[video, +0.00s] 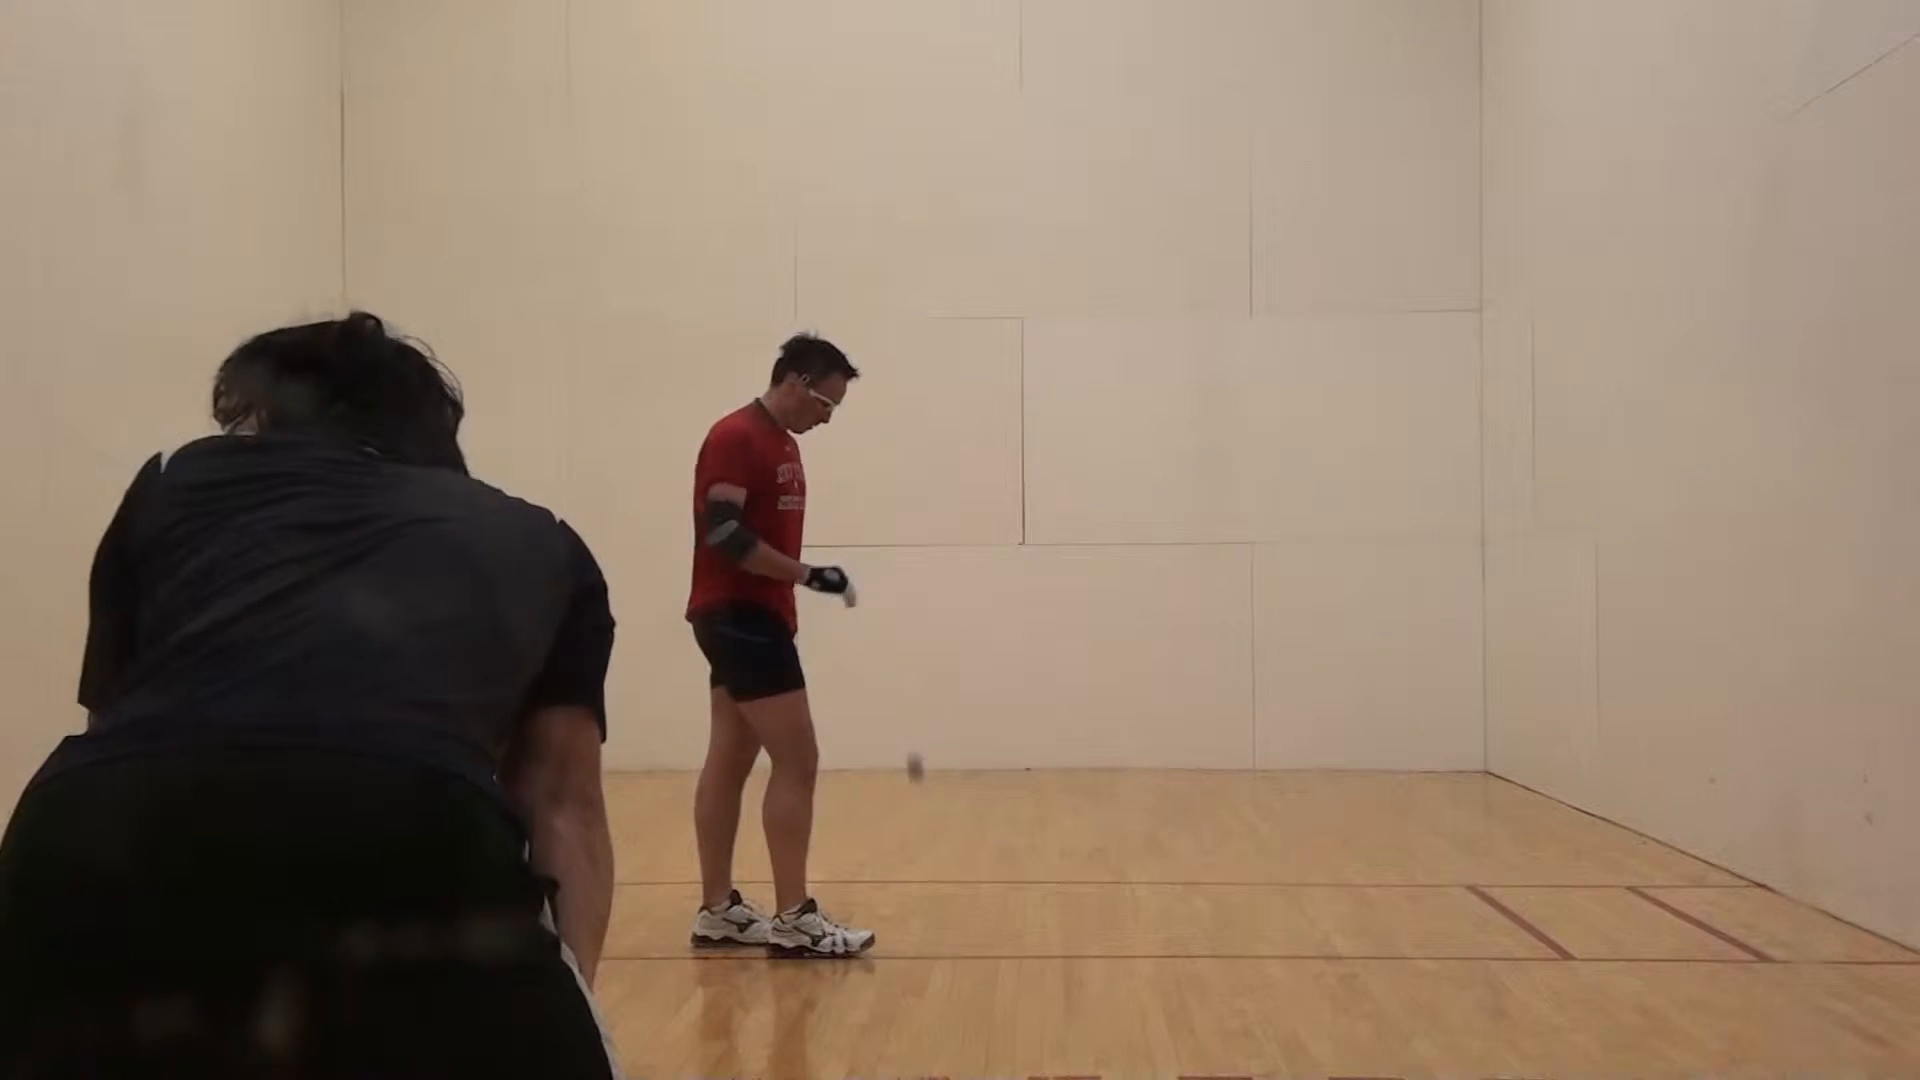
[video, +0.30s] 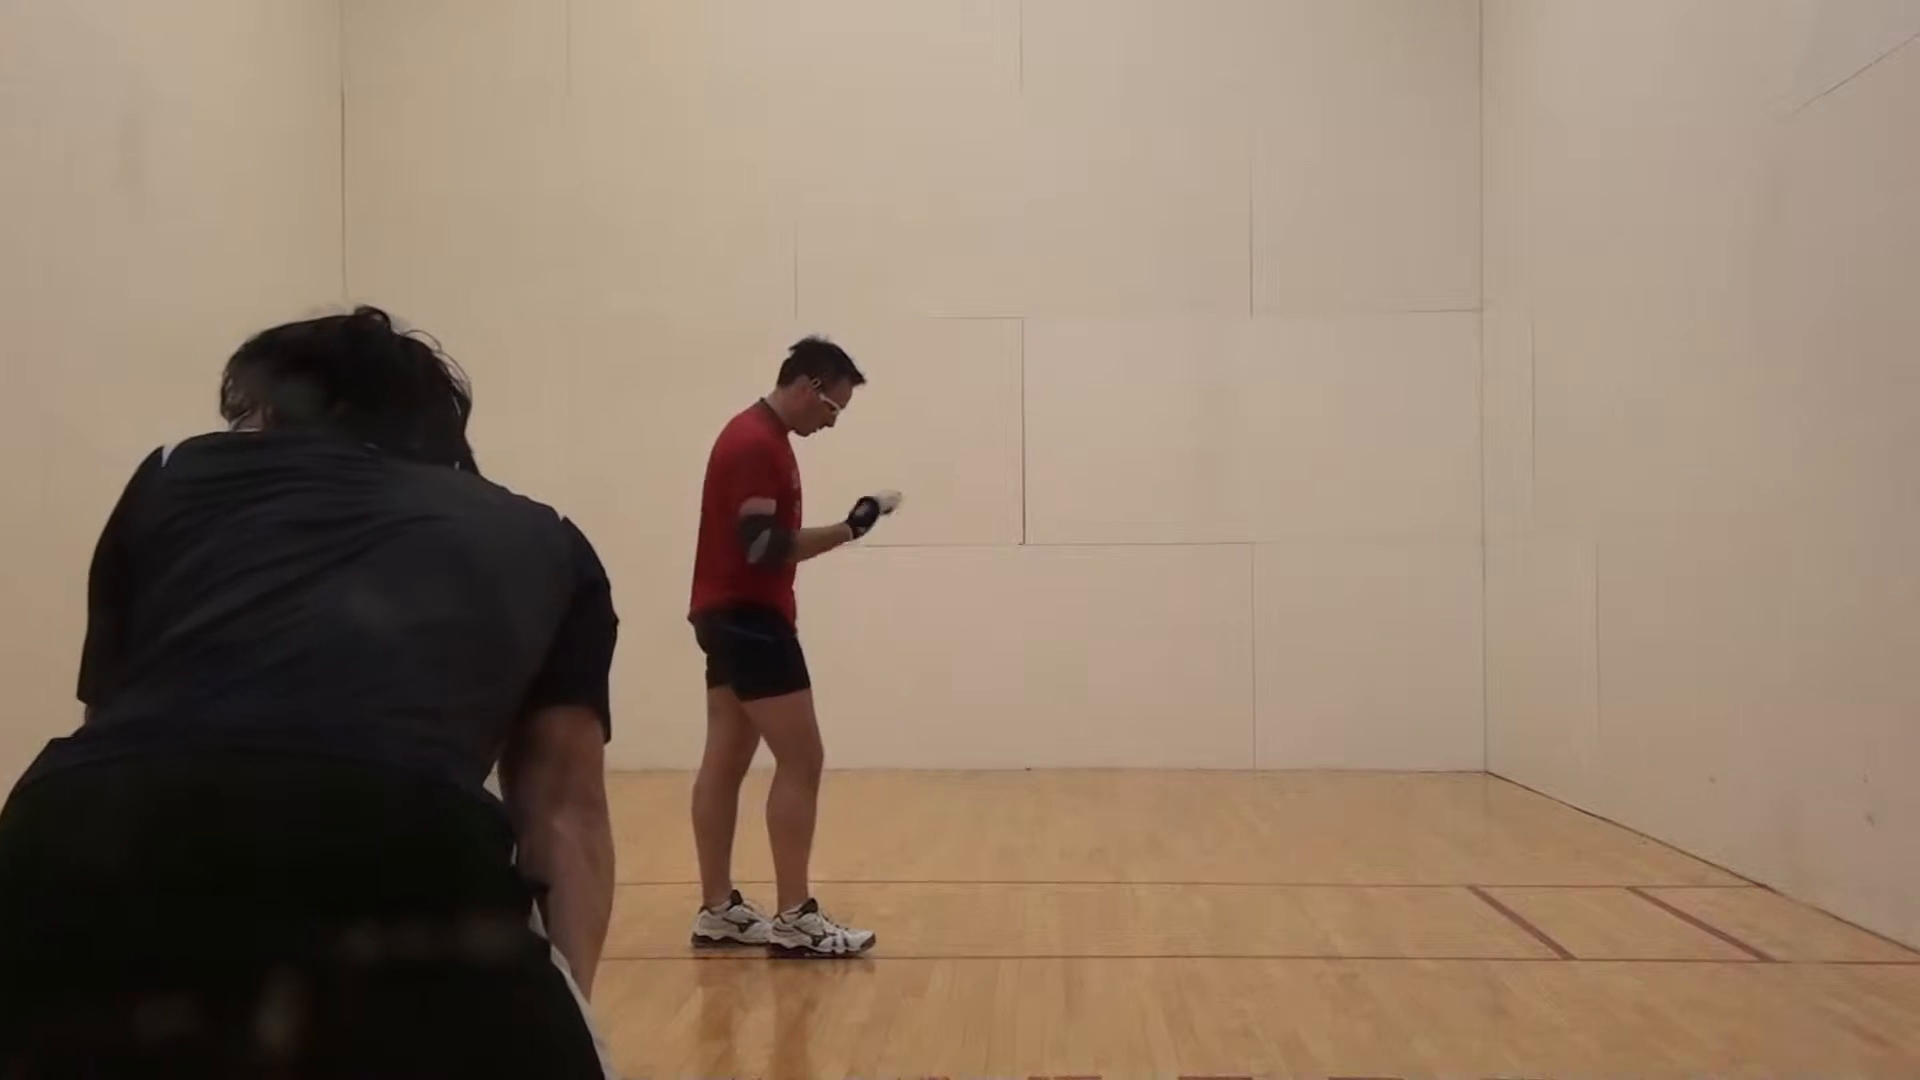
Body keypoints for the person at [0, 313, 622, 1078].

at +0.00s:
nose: (218, 437)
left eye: (227, 421)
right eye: (220, 423)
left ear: (261, 420)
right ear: (432, 444)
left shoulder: (173, 484)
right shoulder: (540, 539)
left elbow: (113, 715)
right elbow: (566, 801)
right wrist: (563, 1008)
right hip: (425, 851)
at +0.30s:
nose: (229, 434)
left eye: (237, 418)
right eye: (230, 421)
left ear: (269, 418)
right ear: (439, 439)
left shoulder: (173, 476)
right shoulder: (543, 537)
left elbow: (108, 703)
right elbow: (566, 804)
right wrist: (561, 1012)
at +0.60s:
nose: (243, 428)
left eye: (256, 412)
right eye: (246, 414)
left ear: (291, 411)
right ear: (449, 433)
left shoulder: (184, 469)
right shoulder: (553, 533)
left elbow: (119, 709)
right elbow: (572, 802)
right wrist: (563, 1015)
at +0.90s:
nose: (245, 427)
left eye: (256, 410)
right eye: (247, 412)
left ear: (290, 410)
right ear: (454, 425)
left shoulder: (192, 467)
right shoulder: (560, 528)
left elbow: (124, 710)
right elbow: (579, 801)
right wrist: (565, 1020)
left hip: (79, 848)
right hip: (401, 857)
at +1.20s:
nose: (254, 434)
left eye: (266, 416)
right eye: (258, 416)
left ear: (309, 412)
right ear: (465, 429)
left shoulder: (192, 470)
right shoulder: (563, 526)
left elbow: (128, 707)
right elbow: (582, 803)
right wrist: (568, 1023)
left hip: (75, 855)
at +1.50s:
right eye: (513, 420)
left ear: (321, 413)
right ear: (496, 417)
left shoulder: (201, 502)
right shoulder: (564, 525)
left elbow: (148, 712)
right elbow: (586, 796)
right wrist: (565, 1018)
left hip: (63, 852)